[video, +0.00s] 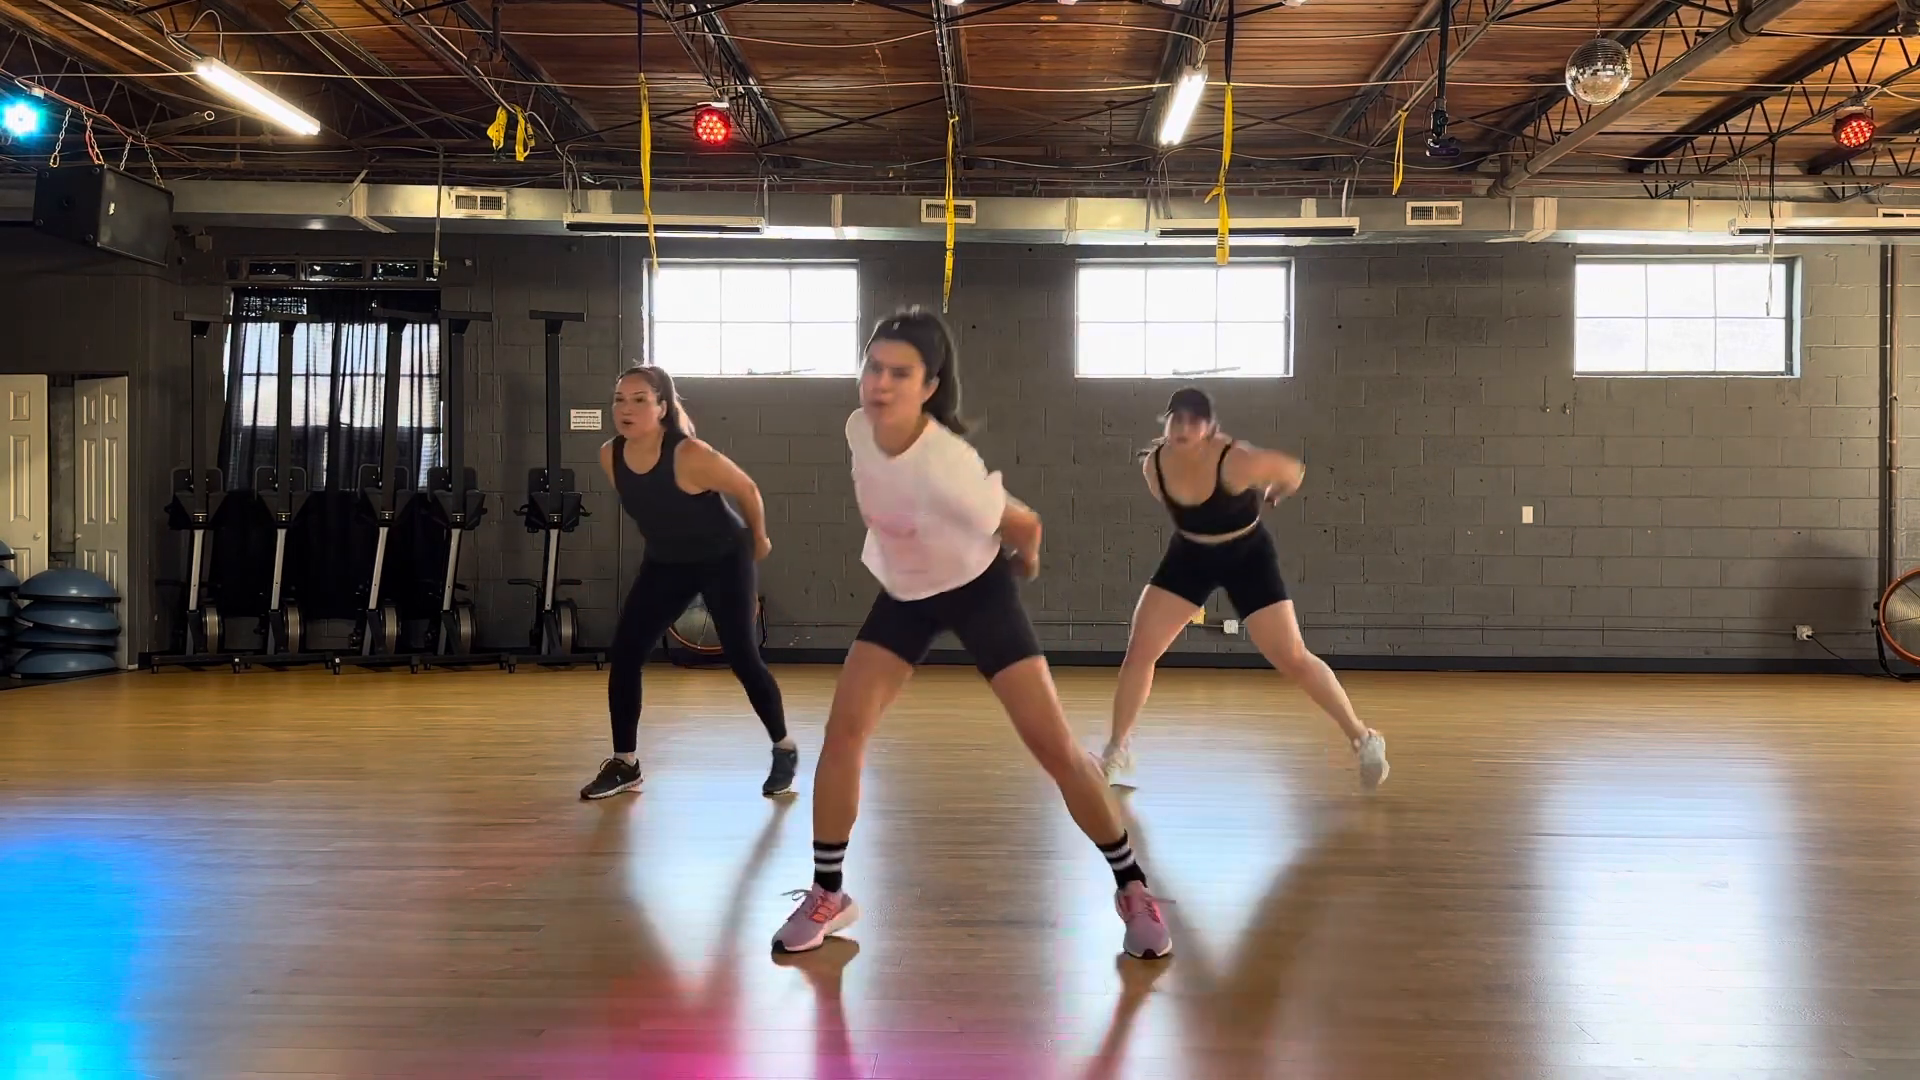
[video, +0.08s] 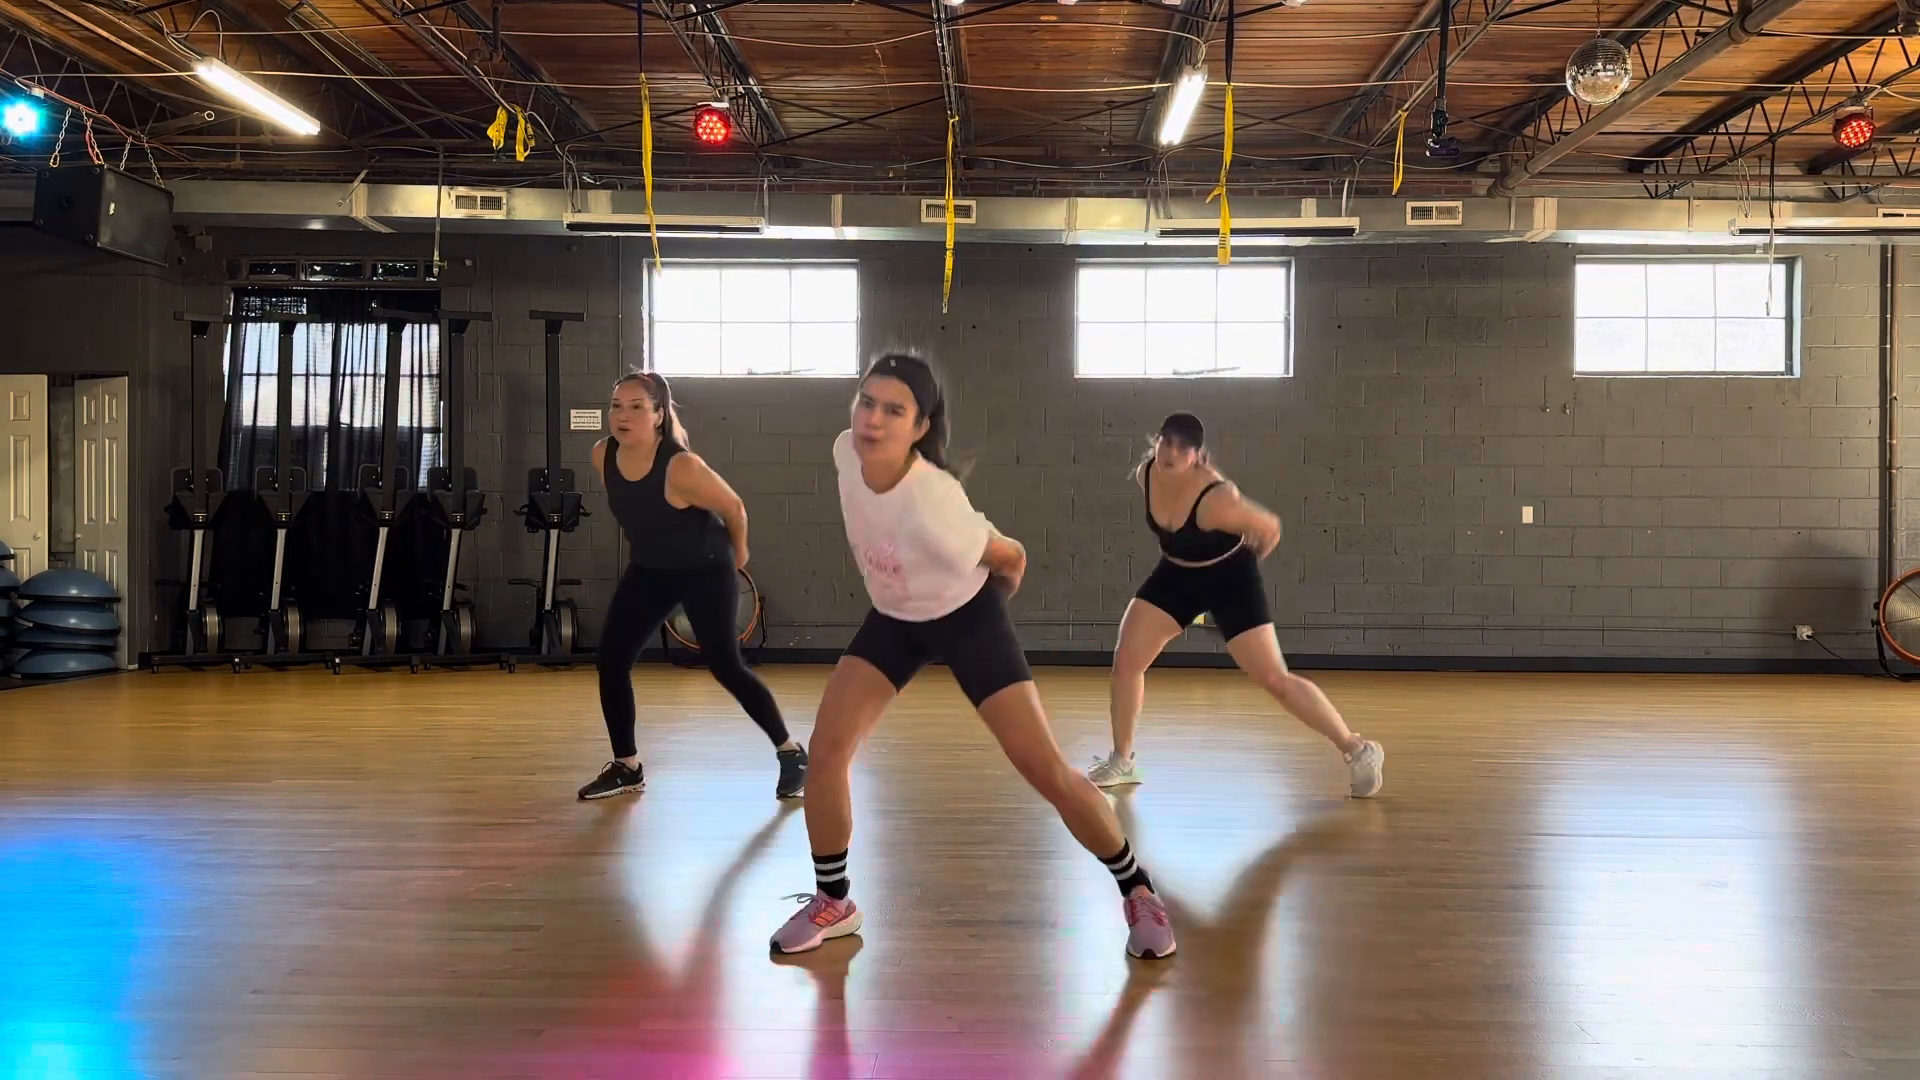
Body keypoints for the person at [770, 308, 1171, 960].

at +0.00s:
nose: (879, 383)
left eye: (897, 372)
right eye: (873, 367)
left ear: (929, 386)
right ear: (861, 370)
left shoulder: (948, 465)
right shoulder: (859, 428)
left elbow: (1024, 523)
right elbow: (901, 502)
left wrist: (1026, 555)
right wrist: (980, 537)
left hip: (979, 587)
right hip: (902, 591)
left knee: (1058, 750)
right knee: (843, 731)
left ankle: (1133, 888)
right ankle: (826, 892)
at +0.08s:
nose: (872, 418)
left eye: (893, 410)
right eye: (866, 402)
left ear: (921, 428)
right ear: (855, 405)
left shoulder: (935, 506)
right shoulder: (845, 452)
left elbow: (1010, 555)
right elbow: (893, 526)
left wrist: (1001, 589)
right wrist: (966, 571)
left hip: (968, 614)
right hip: (892, 615)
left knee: (1045, 768)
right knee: (825, 750)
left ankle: (1140, 895)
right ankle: (832, 900)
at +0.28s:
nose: (952, 410)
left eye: (967, 396)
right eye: (938, 395)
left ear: (990, 406)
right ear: (917, 400)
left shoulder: (1015, 474)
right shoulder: (873, 455)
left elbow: (1003, 521)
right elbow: (836, 499)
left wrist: (947, 541)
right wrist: (892, 536)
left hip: (969, 587)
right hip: (881, 593)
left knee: (1052, 719)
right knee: (827, 735)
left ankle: (1125, 873)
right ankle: (810, 883)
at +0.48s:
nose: (1028, 413)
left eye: (1038, 395)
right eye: (1010, 401)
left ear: (1054, 396)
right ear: (984, 413)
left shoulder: (1056, 443)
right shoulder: (956, 491)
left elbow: (1008, 517)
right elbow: (888, 542)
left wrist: (925, 545)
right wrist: (879, 551)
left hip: (1000, 603)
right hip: (920, 599)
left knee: (1056, 738)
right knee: (841, 754)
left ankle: (1072, 905)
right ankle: (741, 878)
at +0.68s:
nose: (1005, 430)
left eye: (1016, 413)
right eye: (987, 419)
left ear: (1035, 414)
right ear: (967, 429)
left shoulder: (1059, 463)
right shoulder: (944, 505)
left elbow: (1037, 539)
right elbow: (878, 556)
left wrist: (992, 592)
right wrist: (921, 606)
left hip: (1024, 617)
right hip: (943, 619)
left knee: (1086, 753)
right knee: (854, 768)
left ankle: (1069, 910)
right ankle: (744, 880)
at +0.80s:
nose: (941, 411)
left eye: (956, 396)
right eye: (926, 395)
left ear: (979, 401)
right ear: (906, 399)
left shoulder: (1020, 458)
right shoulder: (876, 464)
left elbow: (1059, 495)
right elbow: (884, 512)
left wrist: (1024, 542)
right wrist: (931, 542)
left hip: (1010, 589)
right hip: (920, 590)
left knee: (1069, 730)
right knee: (843, 723)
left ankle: (1116, 887)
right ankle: (805, 878)